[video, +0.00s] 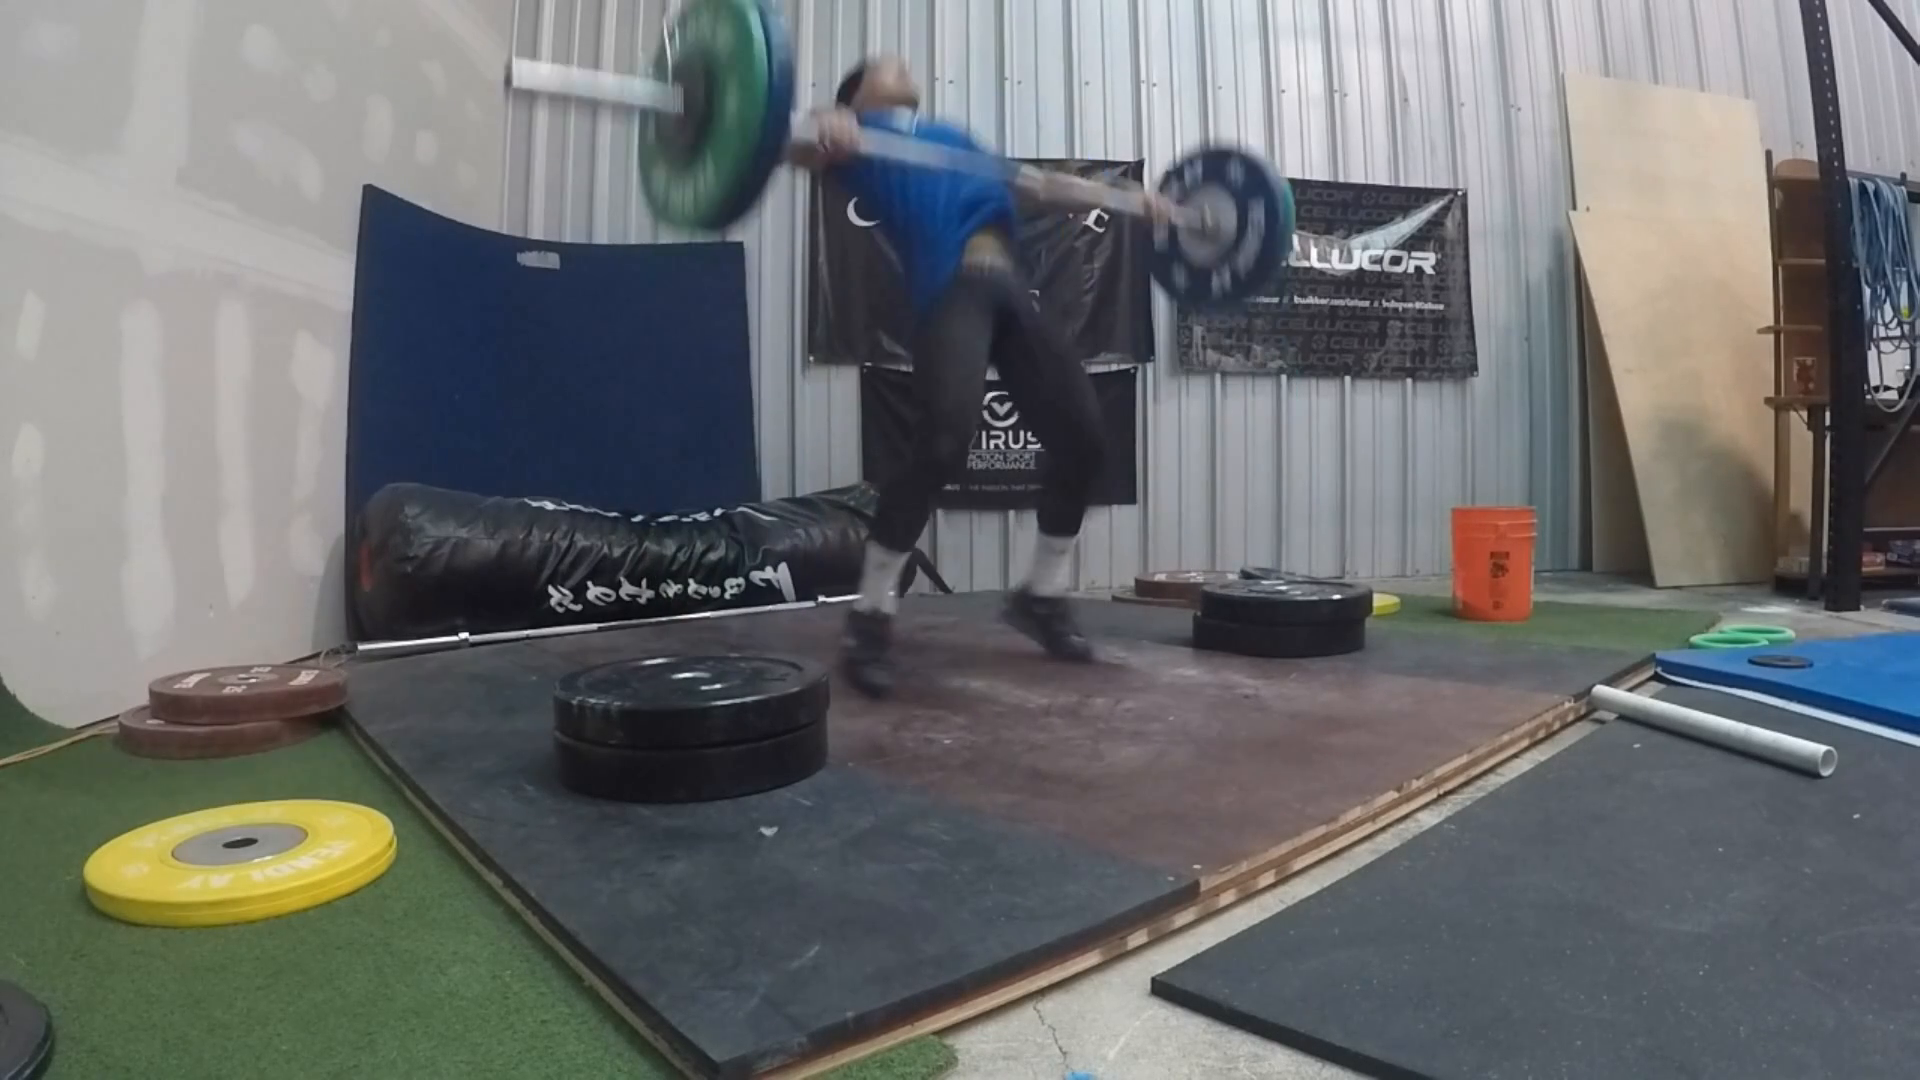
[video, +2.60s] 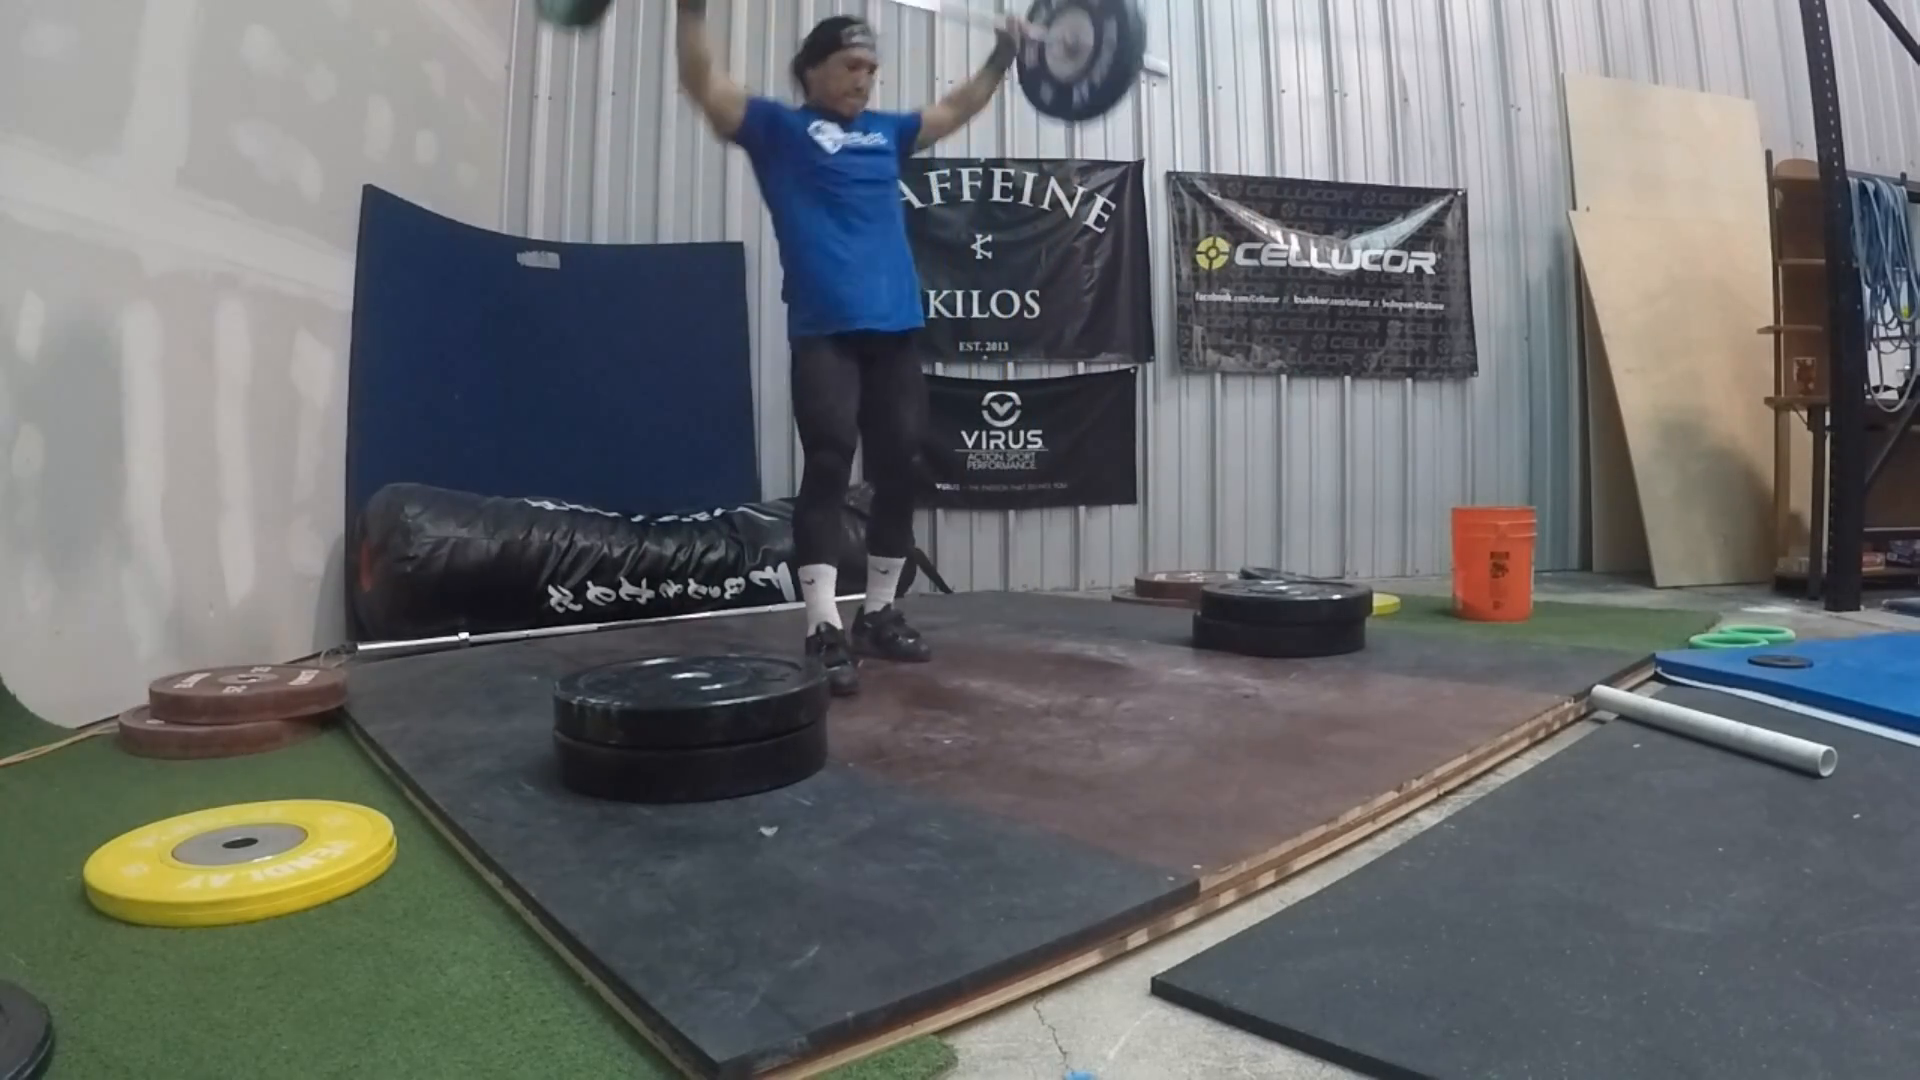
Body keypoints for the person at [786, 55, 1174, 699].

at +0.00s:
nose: (902, 72)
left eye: (904, 67)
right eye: (886, 68)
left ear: (915, 87)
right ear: (858, 92)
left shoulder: (953, 136)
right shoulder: (859, 130)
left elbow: (1038, 185)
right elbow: (797, 146)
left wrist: (1134, 200)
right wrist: (824, 127)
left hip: (1009, 292)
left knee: (1080, 441)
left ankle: (1041, 595)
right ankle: (871, 615)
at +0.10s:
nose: (914, 139)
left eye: (920, 133)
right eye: (898, 133)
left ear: (932, 155)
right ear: (873, 155)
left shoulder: (971, 213)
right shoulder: (865, 201)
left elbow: (1043, 237)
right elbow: (786, 197)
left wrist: (1108, 187)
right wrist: (804, 123)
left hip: (998, 404)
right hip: (926, 406)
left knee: (1110, 499)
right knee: (916, 517)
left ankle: (1016, 605)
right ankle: (854, 631)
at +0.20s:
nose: (987, 226)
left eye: (988, 216)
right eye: (969, 216)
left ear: (994, 229)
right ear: (931, 232)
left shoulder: (1006, 288)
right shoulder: (898, 288)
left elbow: (1077, 259)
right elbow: (826, 231)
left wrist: (1117, 201)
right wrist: (802, 136)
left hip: (992, 501)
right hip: (913, 502)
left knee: (1109, 516)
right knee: (910, 547)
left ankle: (1011, 611)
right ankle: (849, 634)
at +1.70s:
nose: (994, 149)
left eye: (997, 137)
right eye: (978, 135)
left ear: (996, 152)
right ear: (932, 151)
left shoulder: (999, 198)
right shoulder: (884, 196)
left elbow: (1043, 153)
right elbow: (813, 129)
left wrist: (1070, 109)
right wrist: (750, 46)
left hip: (952, 414)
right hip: (869, 409)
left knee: (1051, 484)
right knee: (896, 493)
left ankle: (1006, 616)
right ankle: (845, 632)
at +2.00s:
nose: (953, 68)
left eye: (959, 57)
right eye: (939, 52)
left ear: (962, 69)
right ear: (895, 60)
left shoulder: (959, 124)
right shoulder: (848, 112)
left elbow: (1011, 80)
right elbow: (775, 32)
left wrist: (1042, 40)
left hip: (917, 353)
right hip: (839, 345)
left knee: (981, 472)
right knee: (853, 475)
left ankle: (1001, 617)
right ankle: (827, 634)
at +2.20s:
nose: (923, 41)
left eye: (929, 29)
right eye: (910, 25)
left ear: (931, 41)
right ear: (864, 30)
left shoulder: (935, 88)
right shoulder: (820, 76)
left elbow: (988, 42)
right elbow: (762, 12)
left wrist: (1030, 6)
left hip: (910, 318)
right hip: (830, 316)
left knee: (940, 456)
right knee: (835, 458)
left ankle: (901, 588)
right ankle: (824, 627)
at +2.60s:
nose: (863, 79)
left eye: (870, 69)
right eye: (849, 67)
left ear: (874, 75)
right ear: (809, 72)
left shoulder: (887, 131)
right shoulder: (777, 126)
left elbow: (958, 106)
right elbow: (702, 82)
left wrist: (1004, 51)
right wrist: (690, 8)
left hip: (897, 331)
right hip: (824, 332)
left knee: (901, 468)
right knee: (828, 463)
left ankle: (880, 614)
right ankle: (822, 629)